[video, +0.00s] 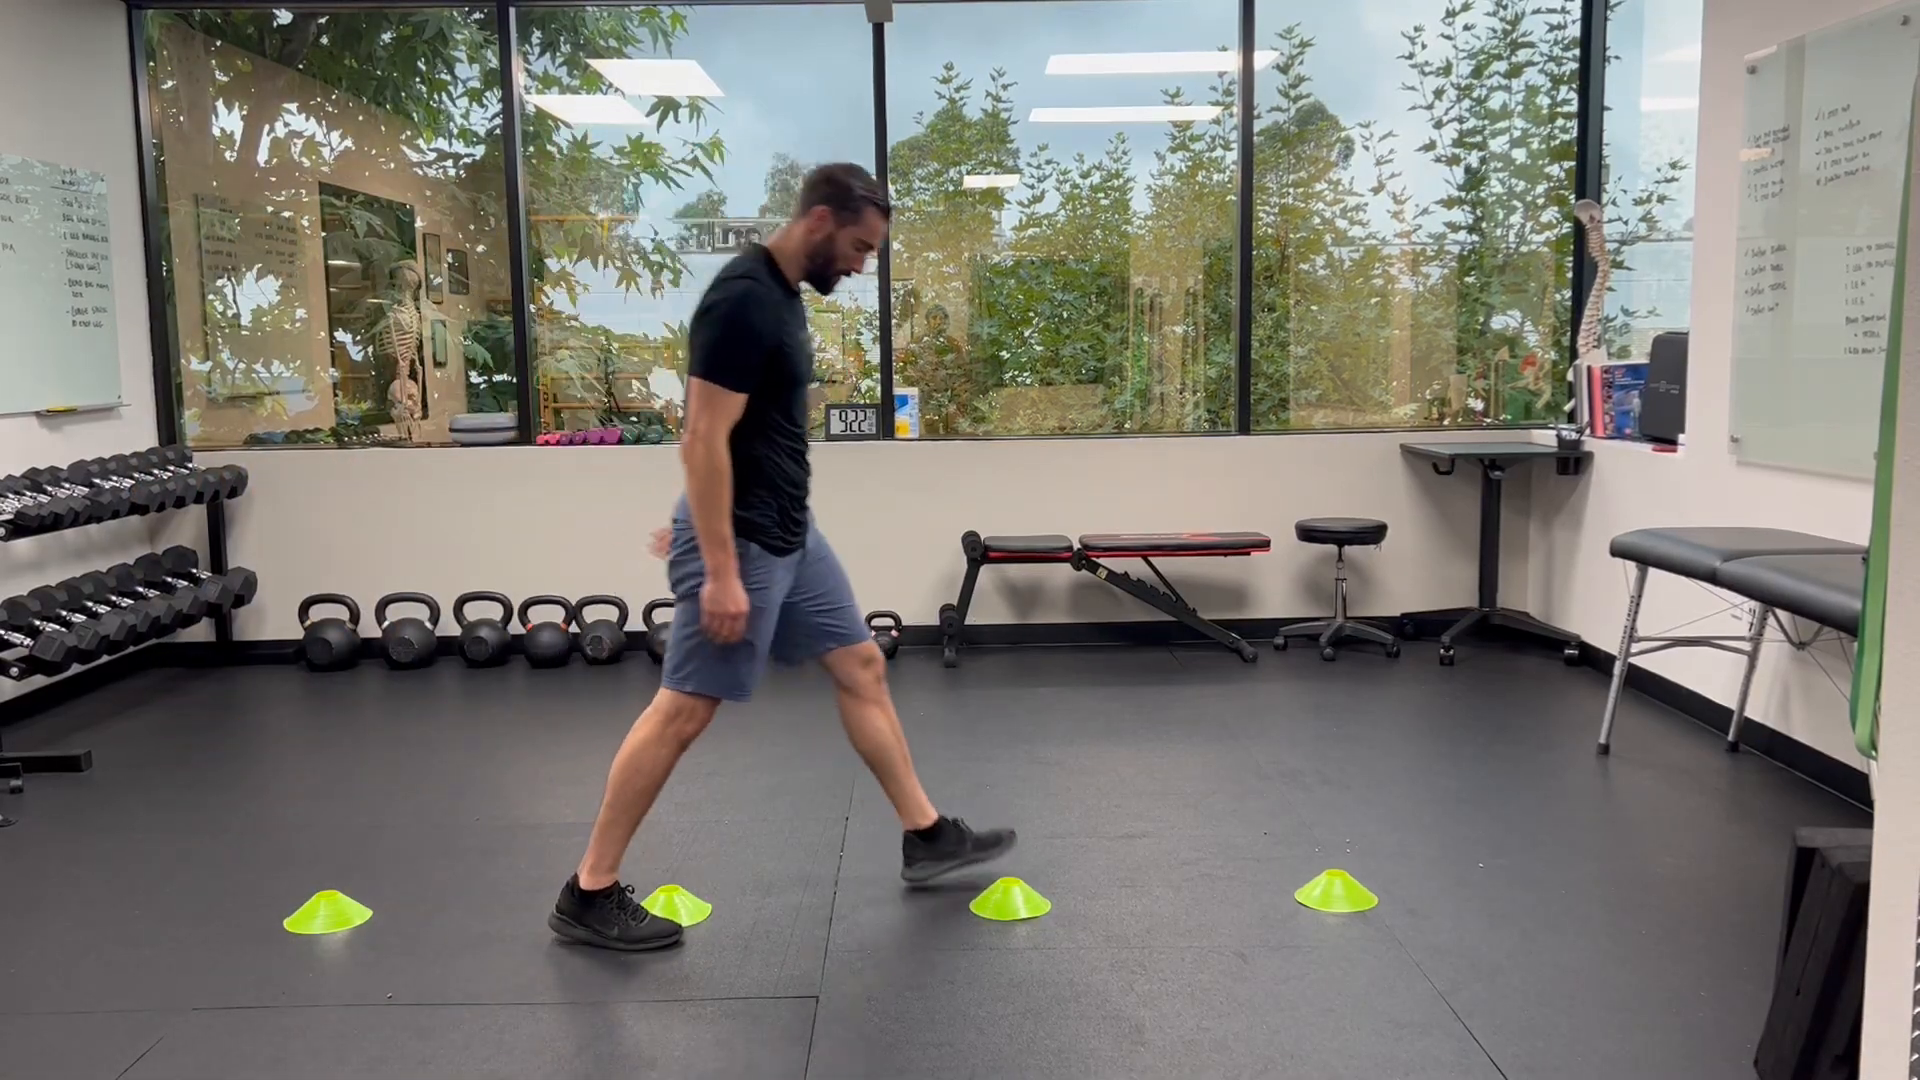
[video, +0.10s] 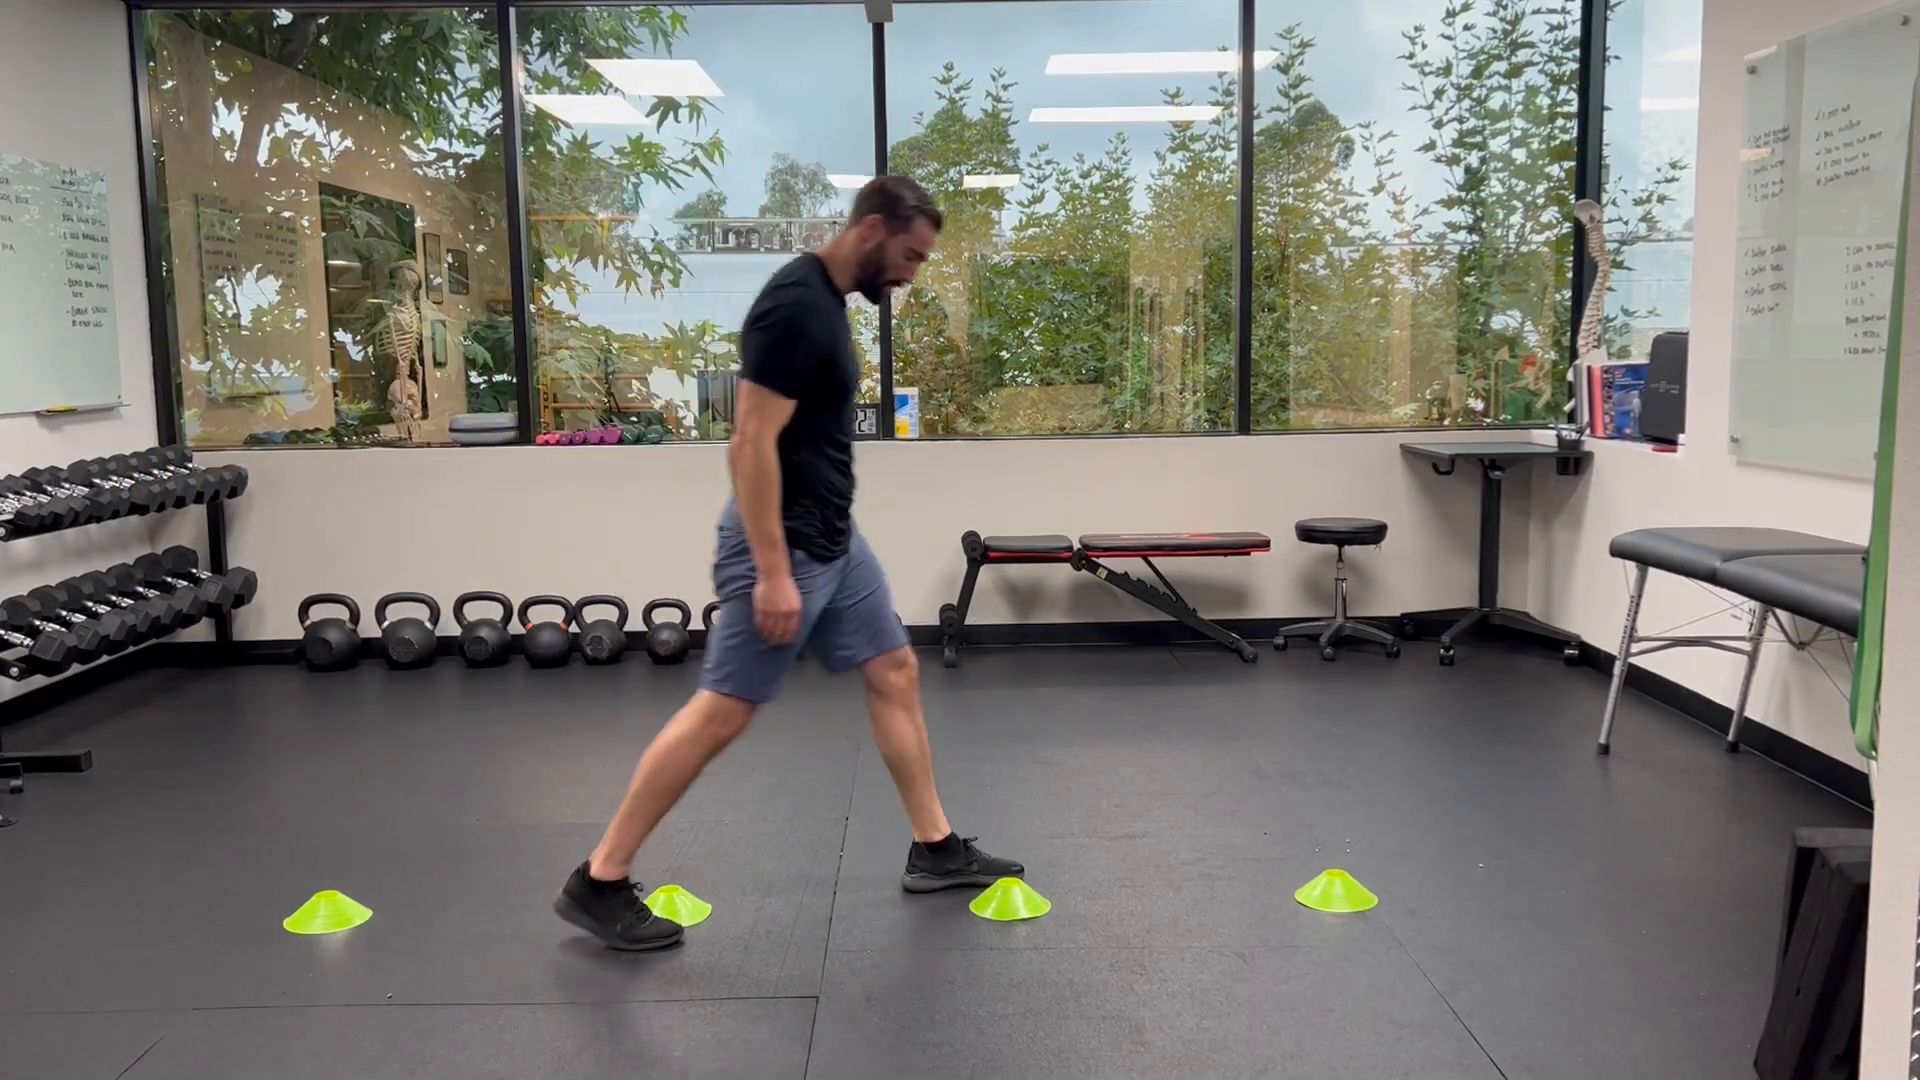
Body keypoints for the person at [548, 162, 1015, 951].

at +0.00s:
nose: (861, 267)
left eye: (870, 253)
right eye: (860, 248)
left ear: (823, 225)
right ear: (819, 220)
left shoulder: (780, 294)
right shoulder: (744, 299)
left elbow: (743, 424)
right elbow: (704, 434)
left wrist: (690, 510)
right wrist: (722, 571)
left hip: (790, 535)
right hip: (738, 545)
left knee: (859, 665)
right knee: (681, 709)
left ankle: (926, 831)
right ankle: (590, 889)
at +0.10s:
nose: (910, 277)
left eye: (918, 265)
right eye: (910, 259)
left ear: (876, 235)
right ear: (872, 231)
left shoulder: (828, 302)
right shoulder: (798, 307)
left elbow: (797, 435)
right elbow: (751, 440)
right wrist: (772, 570)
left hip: (832, 543)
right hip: (779, 553)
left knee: (894, 671)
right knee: (720, 712)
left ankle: (936, 844)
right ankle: (600, 878)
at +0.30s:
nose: (964, 223)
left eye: (975, 212)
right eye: (956, 201)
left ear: (970, 216)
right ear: (912, 187)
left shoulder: (905, 283)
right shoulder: (860, 274)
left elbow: (901, 413)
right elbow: (825, 406)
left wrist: (956, 496)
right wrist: (867, 528)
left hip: (892, 510)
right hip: (840, 516)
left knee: (924, 672)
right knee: (895, 688)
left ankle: (935, 844)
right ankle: (726, 805)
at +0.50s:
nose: (964, 193)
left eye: (977, 182)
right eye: (952, 173)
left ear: (980, 194)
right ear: (913, 173)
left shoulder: (947, 277)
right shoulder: (875, 270)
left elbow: (972, 389)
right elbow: (859, 403)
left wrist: (1051, 457)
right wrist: (922, 514)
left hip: (929, 508)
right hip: (894, 513)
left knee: (941, 681)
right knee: (967, 684)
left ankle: (937, 851)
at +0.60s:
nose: (965, 186)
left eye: (976, 174)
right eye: (951, 168)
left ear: (983, 187)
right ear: (912, 173)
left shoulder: (950, 272)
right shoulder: (885, 269)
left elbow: (989, 380)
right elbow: (877, 405)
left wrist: (1072, 418)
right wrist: (932, 522)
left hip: (956, 511)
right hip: (919, 517)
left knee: (961, 682)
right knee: (974, 689)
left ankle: (938, 846)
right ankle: (955, 887)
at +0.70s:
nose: (967, 184)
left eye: (979, 171)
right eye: (953, 166)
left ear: (987, 184)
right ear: (915, 171)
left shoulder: (959, 266)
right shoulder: (891, 269)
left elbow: (995, 366)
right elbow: (892, 410)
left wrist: (1068, 354)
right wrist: (938, 527)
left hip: (974, 507)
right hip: (938, 513)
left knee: (971, 683)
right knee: (967, 687)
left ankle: (939, 848)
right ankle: (952, 888)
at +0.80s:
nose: (976, 183)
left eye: (987, 170)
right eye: (961, 166)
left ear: (992, 181)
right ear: (922, 170)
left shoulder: (964, 267)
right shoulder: (899, 271)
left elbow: (1014, 378)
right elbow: (898, 416)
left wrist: (1044, 301)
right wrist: (944, 532)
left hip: (978, 506)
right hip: (946, 512)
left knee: (967, 677)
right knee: (975, 687)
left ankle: (935, 847)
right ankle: (953, 886)